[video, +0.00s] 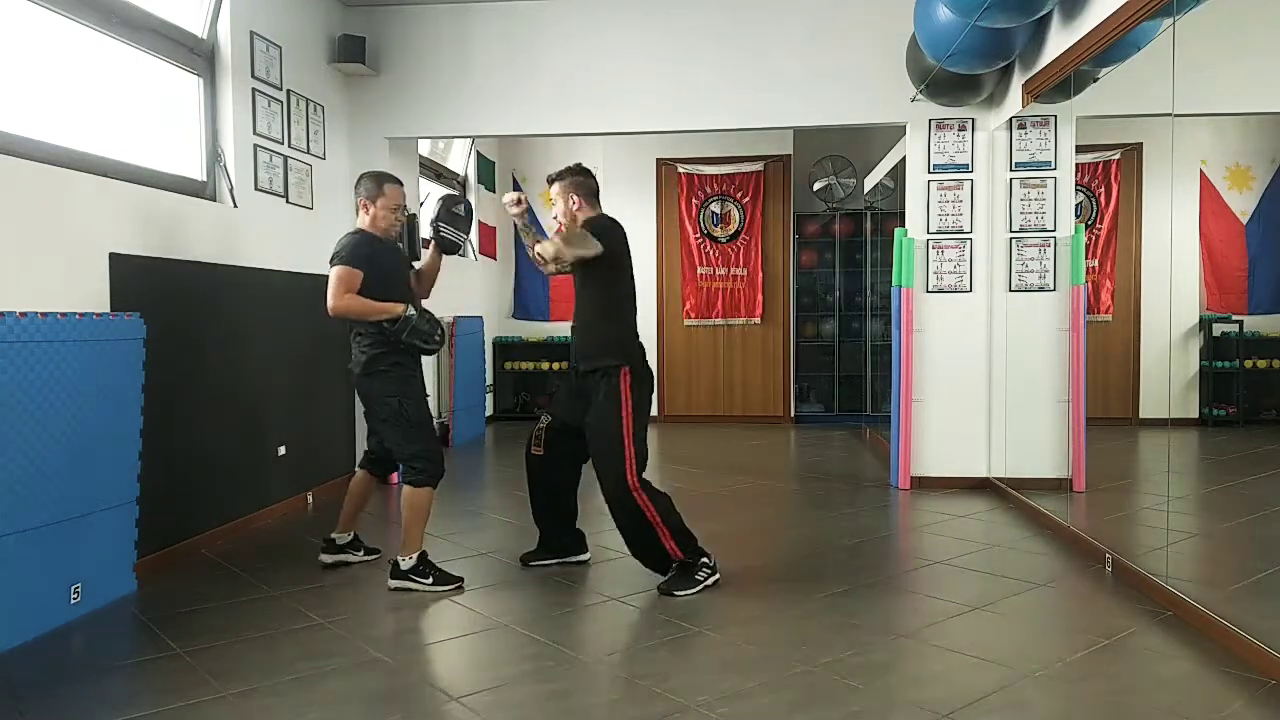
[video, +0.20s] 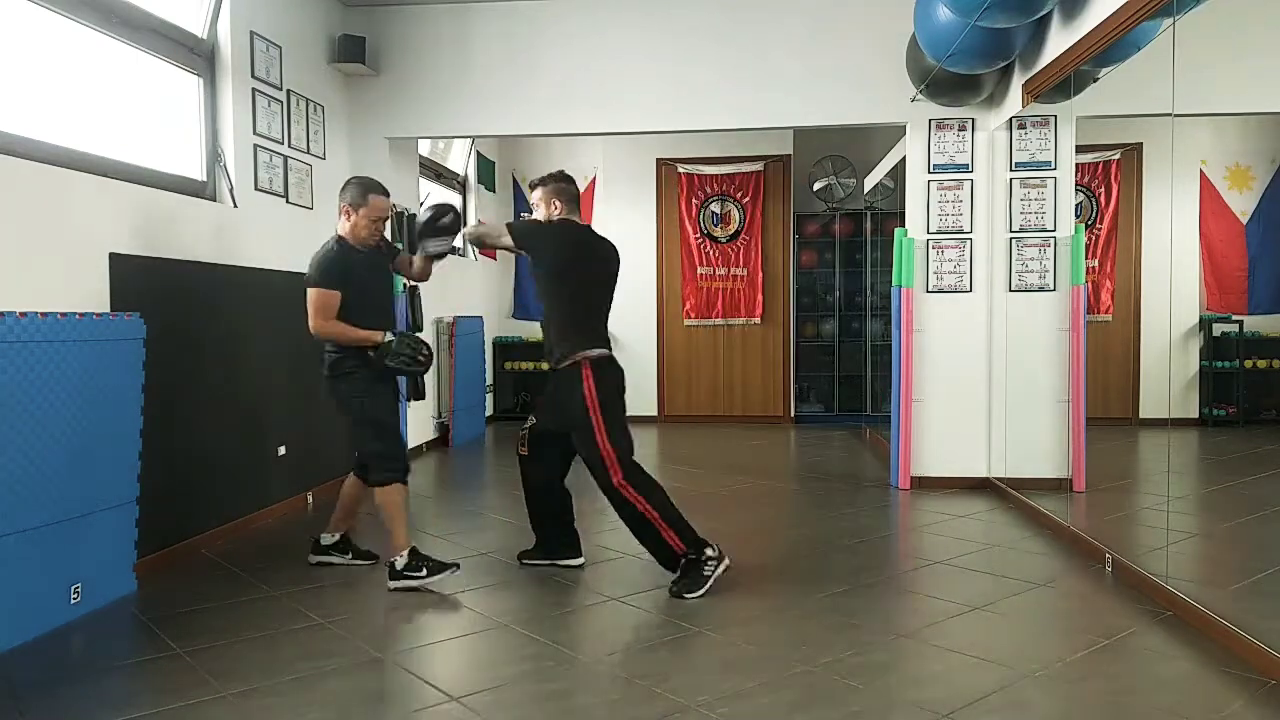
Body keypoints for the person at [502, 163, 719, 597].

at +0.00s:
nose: (553, 212)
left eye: (556, 203)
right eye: (553, 204)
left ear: (575, 200)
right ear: (581, 201)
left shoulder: (605, 229)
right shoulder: (584, 240)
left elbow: (558, 252)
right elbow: (546, 258)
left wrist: (553, 239)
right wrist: (523, 219)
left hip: (619, 373)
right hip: (587, 375)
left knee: (623, 482)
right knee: (545, 454)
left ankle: (693, 562)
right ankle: (562, 544)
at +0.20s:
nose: (533, 215)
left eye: (536, 208)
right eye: (533, 209)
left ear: (554, 205)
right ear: (574, 206)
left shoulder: (550, 235)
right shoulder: (604, 247)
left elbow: (483, 232)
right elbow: (543, 250)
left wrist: (464, 236)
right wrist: (506, 240)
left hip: (587, 374)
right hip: (574, 377)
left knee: (616, 473)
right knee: (538, 457)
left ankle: (696, 556)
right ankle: (558, 546)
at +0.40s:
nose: (519, 200)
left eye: (522, 191)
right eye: (521, 193)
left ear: (545, 187)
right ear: (552, 189)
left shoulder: (565, 216)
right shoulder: (549, 228)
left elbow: (501, 194)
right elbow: (498, 221)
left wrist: (476, 164)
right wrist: (476, 174)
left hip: (539, 349)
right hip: (552, 352)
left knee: (451, 416)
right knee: (530, 448)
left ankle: (516, 480)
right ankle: (558, 543)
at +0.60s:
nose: (507, 220)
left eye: (510, 210)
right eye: (505, 213)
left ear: (534, 204)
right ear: (536, 207)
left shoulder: (550, 249)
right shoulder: (536, 248)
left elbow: (493, 297)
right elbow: (495, 295)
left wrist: (466, 257)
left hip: (484, 356)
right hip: (499, 363)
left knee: (377, 354)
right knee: (496, 456)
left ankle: (433, 432)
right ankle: (544, 542)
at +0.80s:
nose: (449, 223)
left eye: (453, 214)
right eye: (448, 215)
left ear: (474, 212)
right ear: (486, 214)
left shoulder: (473, 254)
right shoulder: (524, 260)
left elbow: (397, 272)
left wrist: (398, 227)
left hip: (447, 380)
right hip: (489, 381)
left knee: (366, 449)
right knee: (486, 464)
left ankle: (349, 554)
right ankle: (538, 543)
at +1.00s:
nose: (348, 217)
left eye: (351, 209)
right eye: (348, 209)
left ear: (367, 213)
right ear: (390, 208)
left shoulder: (400, 263)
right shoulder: (408, 253)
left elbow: (338, 302)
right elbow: (358, 292)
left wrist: (338, 240)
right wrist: (339, 242)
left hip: (412, 384)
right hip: (446, 378)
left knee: (346, 467)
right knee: (467, 467)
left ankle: (313, 569)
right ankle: (534, 545)